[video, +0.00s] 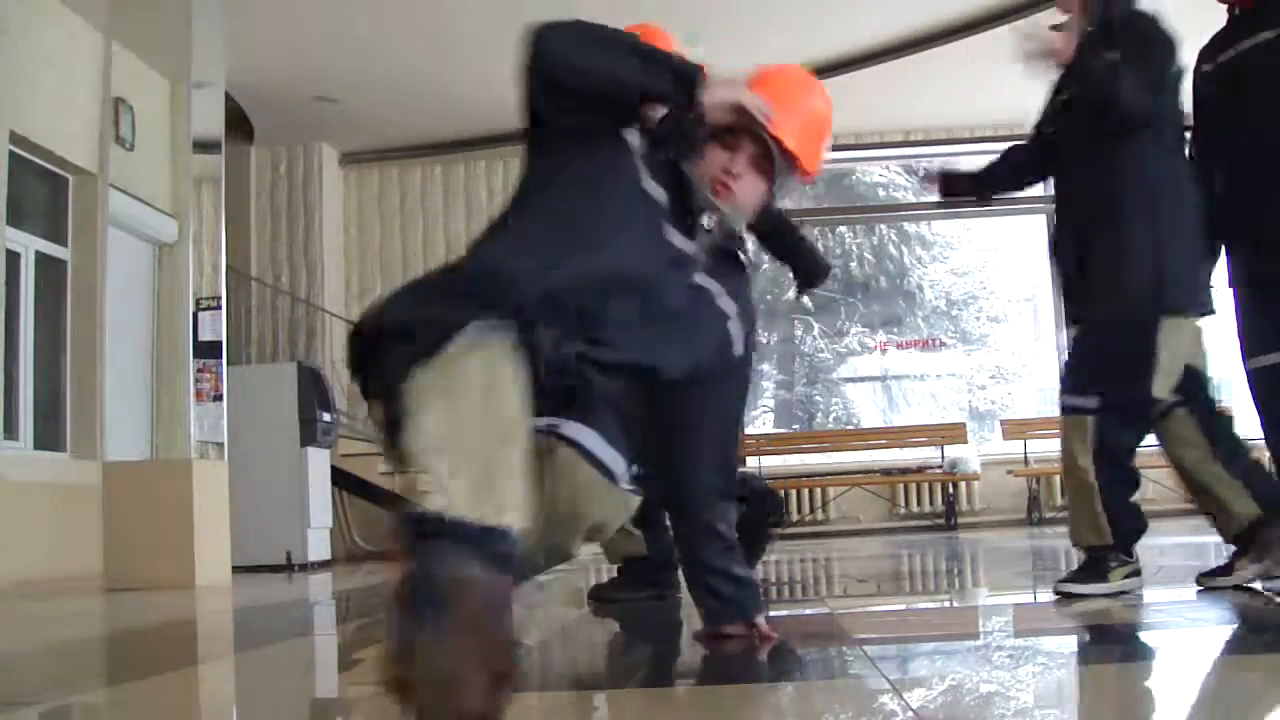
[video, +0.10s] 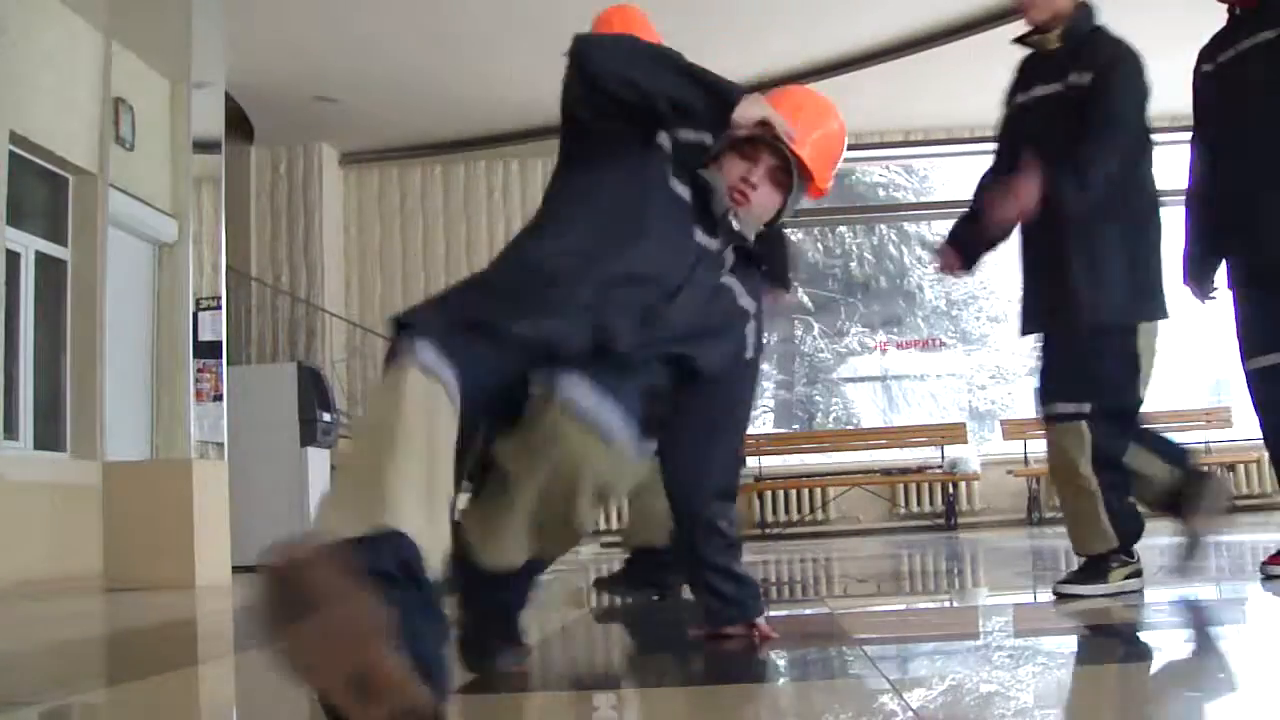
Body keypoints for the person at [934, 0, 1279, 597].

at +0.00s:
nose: (1058, 19)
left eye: (1064, 10)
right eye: (1057, 13)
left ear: (1087, 3)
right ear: (1098, 5)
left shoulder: (1138, 36)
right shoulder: (1087, 66)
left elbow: (1129, 105)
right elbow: (1044, 151)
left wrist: (1084, 52)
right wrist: (967, 184)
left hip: (1148, 268)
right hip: (1119, 273)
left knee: (1089, 409)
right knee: (1178, 407)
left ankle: (1109, 555)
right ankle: (1258, 533)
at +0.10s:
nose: (1024, 5)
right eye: (1021, 1)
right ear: (1028, 9)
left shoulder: (1111, 60)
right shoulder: (1031, 71)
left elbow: (1101, 165)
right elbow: (1009, 171)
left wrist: (1040, 185)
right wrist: (965, 243)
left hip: (1114, 278)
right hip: (1063, 280)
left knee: (1084, 421)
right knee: (1072, 421)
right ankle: (1110, 558)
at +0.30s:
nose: (956, 8)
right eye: (951, 2)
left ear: (1001, 2)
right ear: (949, 13)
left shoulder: (1055, 54)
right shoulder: (942, 88)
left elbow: (1118, 105)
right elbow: (895, 145)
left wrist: (1066, 173)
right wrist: (886, 180)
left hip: (1058, 279)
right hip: (979, 283)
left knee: (1067, 416)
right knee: (956, 414)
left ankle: (1087, 550)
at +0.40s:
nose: (938, 38)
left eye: (950, 24)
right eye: (927, 29)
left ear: (977, 26)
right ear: (918, 39)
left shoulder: (1024, 84)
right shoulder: (901, 121)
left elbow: (1096, 87)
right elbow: (840, 163)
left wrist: (1061, 115)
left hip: (1032, 295)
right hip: (948, 306)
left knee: (1050, 420)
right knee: (922, 427)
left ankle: (1078, 553)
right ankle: (908, 546)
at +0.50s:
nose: (916, 50)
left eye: (926, 37)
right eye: (905, 41)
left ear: (950, 38)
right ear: (893, 49)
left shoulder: (996, 100)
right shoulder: (874, 134)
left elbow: (1050, 140)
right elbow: (815, 190)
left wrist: (1076, 105)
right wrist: (756, 181)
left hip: (1006, 306)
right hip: (924, 316)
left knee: (1035, 416)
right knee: (907, 436)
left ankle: (1069, 543)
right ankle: (909, 555)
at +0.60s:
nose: (899, 55)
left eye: (909, 43)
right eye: (887, 46)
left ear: (931, 43)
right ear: (873, 53)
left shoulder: (979, 104)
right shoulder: (862, 139)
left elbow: (1023, 169)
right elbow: (816, 212)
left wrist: (1058, 155)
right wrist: (766, 232)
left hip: (996, 297)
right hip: (916, 311)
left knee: (1024, 415)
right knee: (909, 434)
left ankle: (1042, 541)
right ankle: (909, 554)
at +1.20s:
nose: (951, 75)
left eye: (960, 64)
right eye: (938, 67)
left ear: (975, 69)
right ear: (921, 75)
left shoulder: (1007, 136)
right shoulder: (901, 146)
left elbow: (1038, 205)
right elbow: (875, 228)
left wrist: (1040, 196)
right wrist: (856, 247)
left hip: (995, 310)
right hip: (924, 313)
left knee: (1013, 427)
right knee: (914, 432)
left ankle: (1030, 546)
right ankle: (906, 552)